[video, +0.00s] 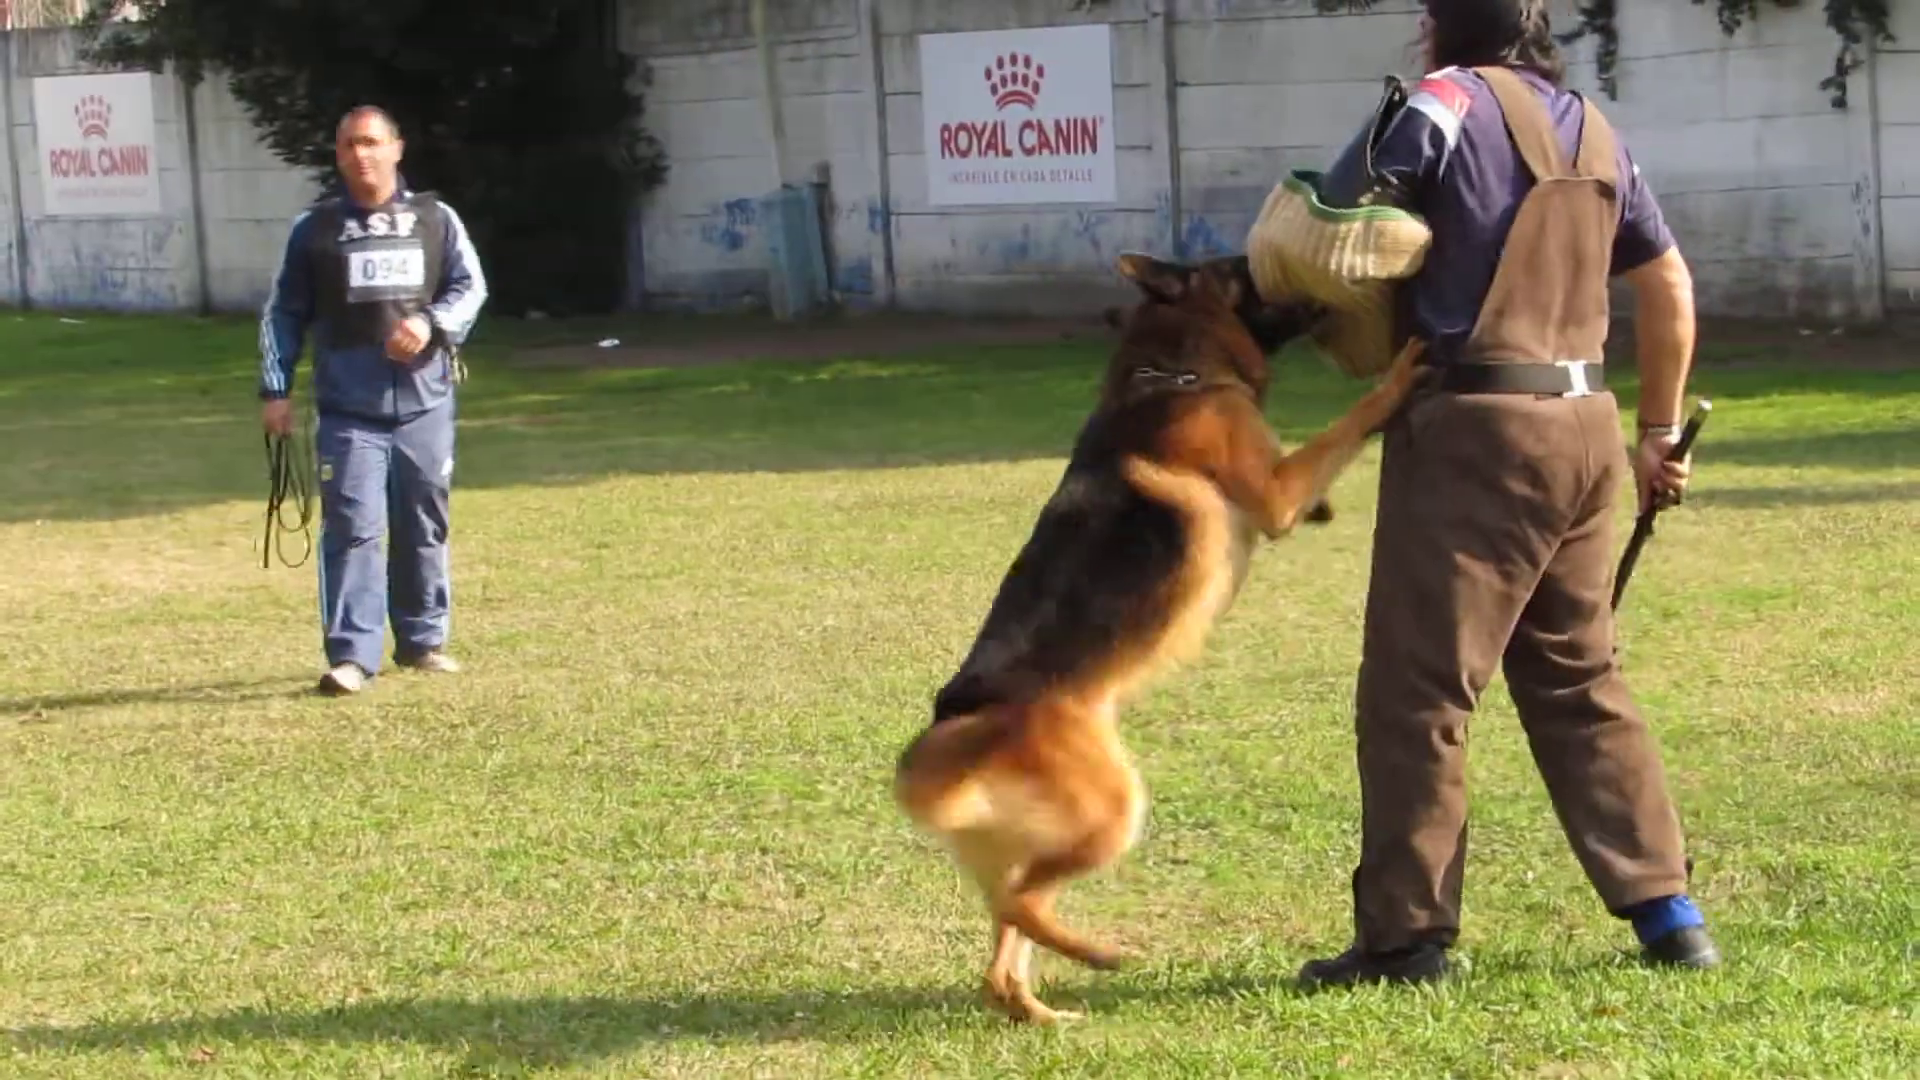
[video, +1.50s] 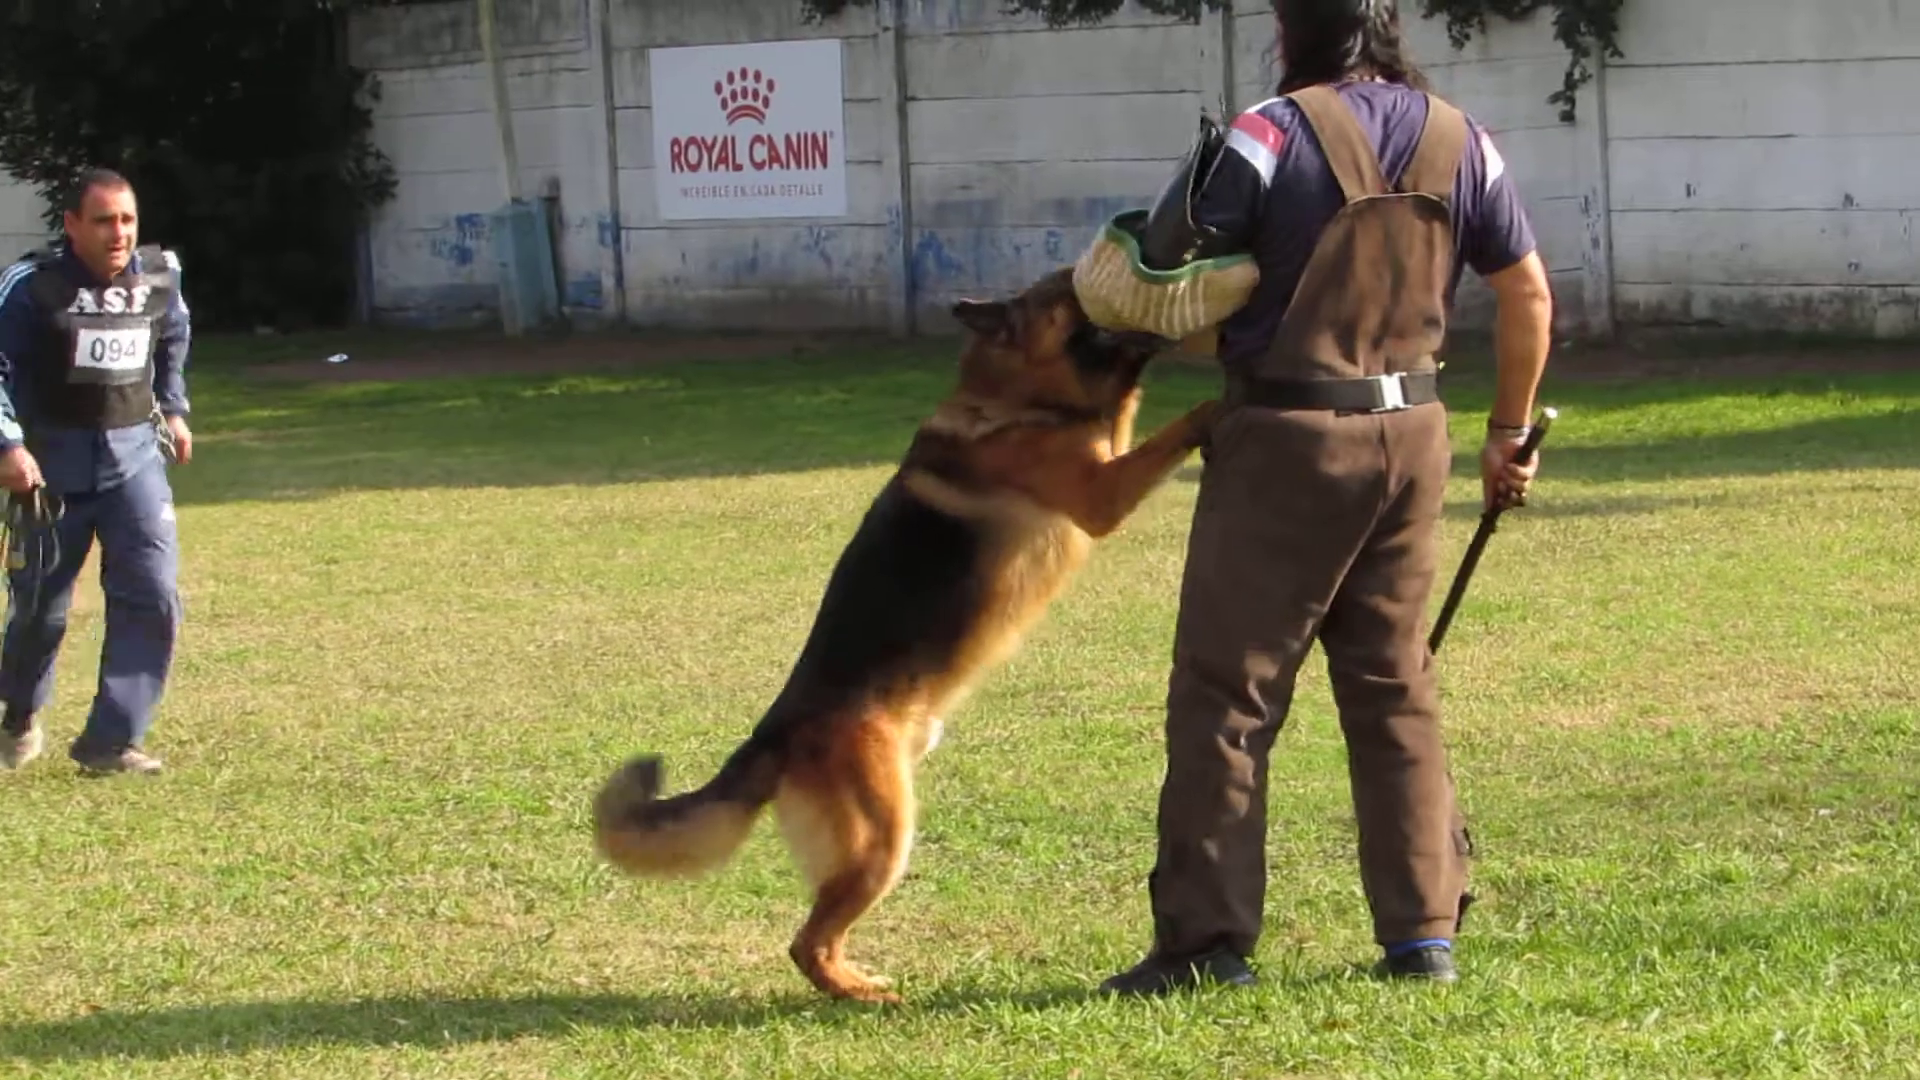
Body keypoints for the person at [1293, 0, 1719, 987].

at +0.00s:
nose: (1419, 38)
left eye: (1424, 25)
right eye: (1422, 28)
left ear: (1450, 26)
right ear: (1531, 32)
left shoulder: (1444, 99)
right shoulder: (1595, 131)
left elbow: (1364, 233)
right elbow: (1666, 285)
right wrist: (1662, 431)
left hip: (1474, 425)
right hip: (1585, 422)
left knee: (1418, 687)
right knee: (1577, 674)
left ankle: (1405, 941)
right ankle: (1666, 912)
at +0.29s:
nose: (1493, 29)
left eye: (1498, 19)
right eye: (1499, 21)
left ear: (1515, 27)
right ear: (1600, 29)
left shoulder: (1493, 98)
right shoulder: (1665, 132)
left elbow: (1386, 230)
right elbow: (1741, 284)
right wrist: (1744, 427)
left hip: (1529, 431)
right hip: (1644, 426)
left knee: (1458, 685)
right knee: (1632, 677)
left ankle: (1413, 935)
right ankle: (1689, 918)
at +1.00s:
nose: (1389, 42)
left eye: (1394, 28)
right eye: (1395, 28)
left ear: (1410, 33)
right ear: (1503, 36)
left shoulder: (1378, 121)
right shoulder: (1577, 135)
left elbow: (1280, 261)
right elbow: (1649, 291)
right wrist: (1663, 429)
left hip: (1403, 437)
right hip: (1534, 436)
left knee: (1341, 687)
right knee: (1511, 684)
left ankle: (1306, 937)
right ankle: (1525, 932)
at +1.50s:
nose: (1276, 41)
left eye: (1280, 29)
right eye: (1282, 28)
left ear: (1295, 38)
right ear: (1386, 36)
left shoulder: (1273, 129)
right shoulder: (1461, 138)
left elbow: (1176, 262)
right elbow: (1529, 296)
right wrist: (1512, 430)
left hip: (1290, 444)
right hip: (1415, 440)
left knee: (1227, 693)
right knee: (1395, 682)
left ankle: (1204, 944)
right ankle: (1424, 933)